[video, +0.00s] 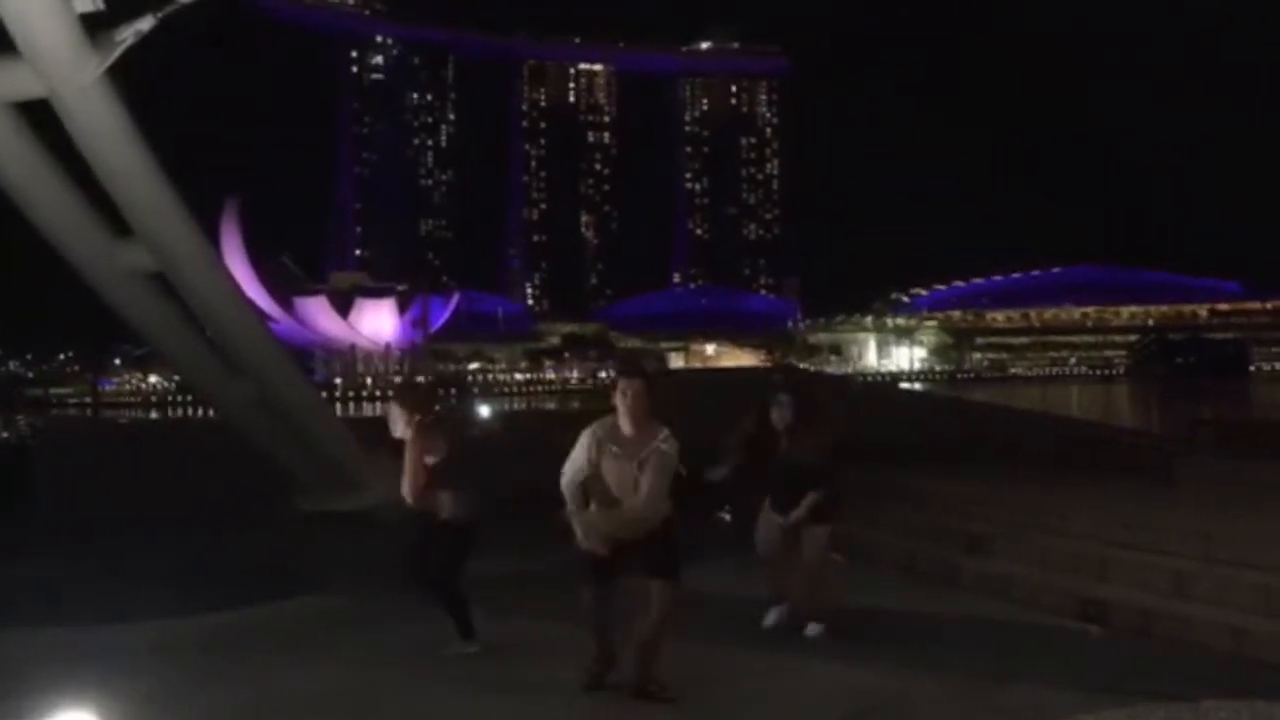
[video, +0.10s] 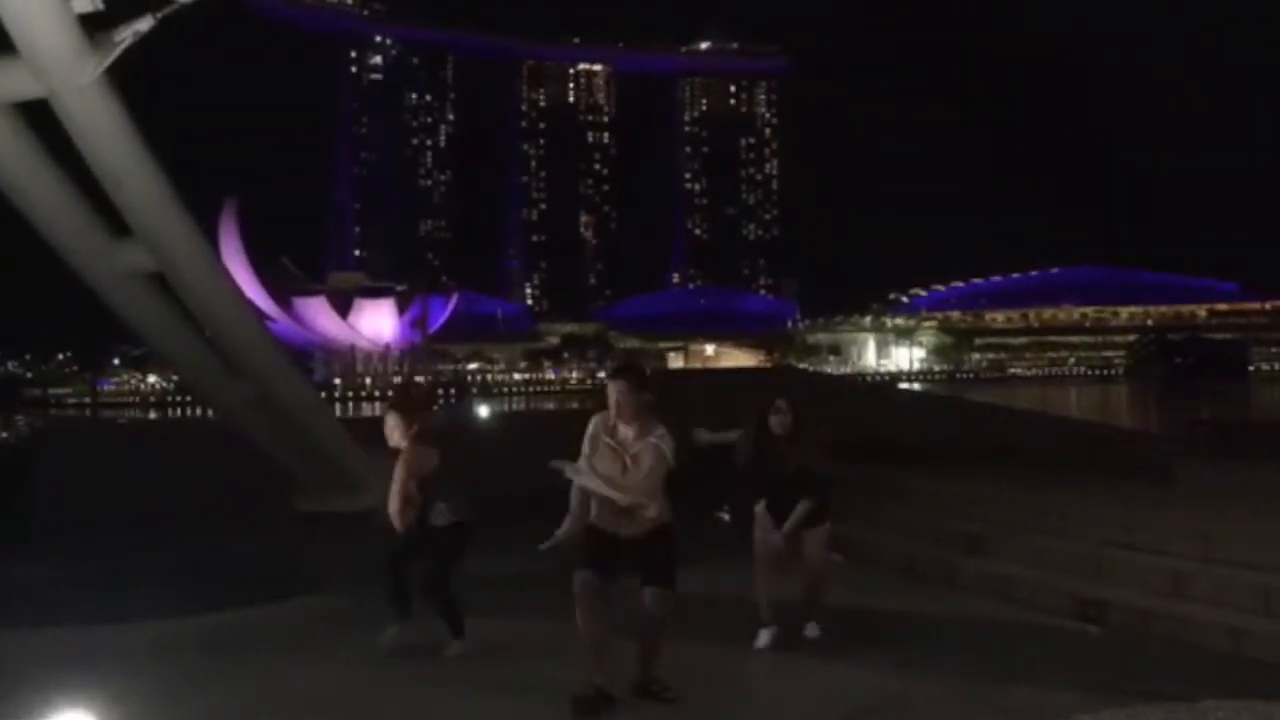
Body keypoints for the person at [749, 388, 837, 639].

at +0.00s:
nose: (778, 414)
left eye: (784, 408)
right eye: (775, 408)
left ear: (795, 413)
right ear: (769, 412)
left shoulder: (809, 445)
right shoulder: (770, 443)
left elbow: (819, 486)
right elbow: (768, 484)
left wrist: (798, 513)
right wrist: (770, 511)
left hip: (813, 505)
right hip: (779, 501)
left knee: (812, 562)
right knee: (767, 547)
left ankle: (816, 614)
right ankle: (778, 601)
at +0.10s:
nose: (779, 420)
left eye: (784, 414)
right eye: (774, 414)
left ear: (793, 418)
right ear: (766, 419)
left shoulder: (804, 446)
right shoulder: (759, 448)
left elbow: (812, 494)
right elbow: (756, 494)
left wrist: (785, 531)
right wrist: (769, 531)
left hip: (807, 512)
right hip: (769, 512)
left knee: (814, 562)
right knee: (762, 563)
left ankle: (811, 619)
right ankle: (766, 623)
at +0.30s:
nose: (772, 422)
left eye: (777, 417)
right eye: (769, 417)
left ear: (788, 421)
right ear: (765, 420)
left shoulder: (798, 450)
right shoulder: (755, 445)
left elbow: (809, 493)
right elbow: (736, 427)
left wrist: (783, 523)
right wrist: (721, 416)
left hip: (801, 519)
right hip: (763, 516)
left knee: (804, 569)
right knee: (763, 575)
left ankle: (805, 618)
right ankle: (769, 629)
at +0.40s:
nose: (770, 420)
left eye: (776, 416)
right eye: (768, 415)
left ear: (787, 420)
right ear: (764, 418)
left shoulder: (799, 448)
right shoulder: (753, 439)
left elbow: (823, 477)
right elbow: (729, 426)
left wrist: (795, 503)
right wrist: (702, 419)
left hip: (795, 513)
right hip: (758, 509)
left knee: (800, 560)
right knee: (756, 560)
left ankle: (802, 617)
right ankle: (758, 616)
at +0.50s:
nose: (769, 417)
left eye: (775, 412)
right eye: (767, 411)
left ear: (787, 416)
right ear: (760, 414)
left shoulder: (797, 445)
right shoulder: (750, 441)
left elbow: (827, 468)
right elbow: (722, 439)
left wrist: (807, 493)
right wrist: (690, 436)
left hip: (789, 508)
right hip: (755, 506)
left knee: (789, 560)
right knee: (751, 554)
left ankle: (799, 614)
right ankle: (756, 608)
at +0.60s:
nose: (767, 416)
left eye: (773, 411)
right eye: (764, 411)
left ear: (783, 415)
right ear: (757, 414)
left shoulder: (794, 445)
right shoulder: (750, 443)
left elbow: (824, 464)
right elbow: (727, 467)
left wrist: (822, 488)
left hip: (784, 513)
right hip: (750, 512)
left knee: (781, 566)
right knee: (749, 565)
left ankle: (801, 615)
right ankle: (758, 616)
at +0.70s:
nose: (764, 417)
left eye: (770, 411)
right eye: (761, 411)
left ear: (781, 415)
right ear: (756, 414)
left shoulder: (791, 444)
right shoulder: (747, 443)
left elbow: (822, 464)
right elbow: (732, 483)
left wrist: (825, 496)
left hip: (780, 511)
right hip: (746, 510)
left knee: (772, 564)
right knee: (743, 563)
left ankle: (799, 613)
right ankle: (758, 615)